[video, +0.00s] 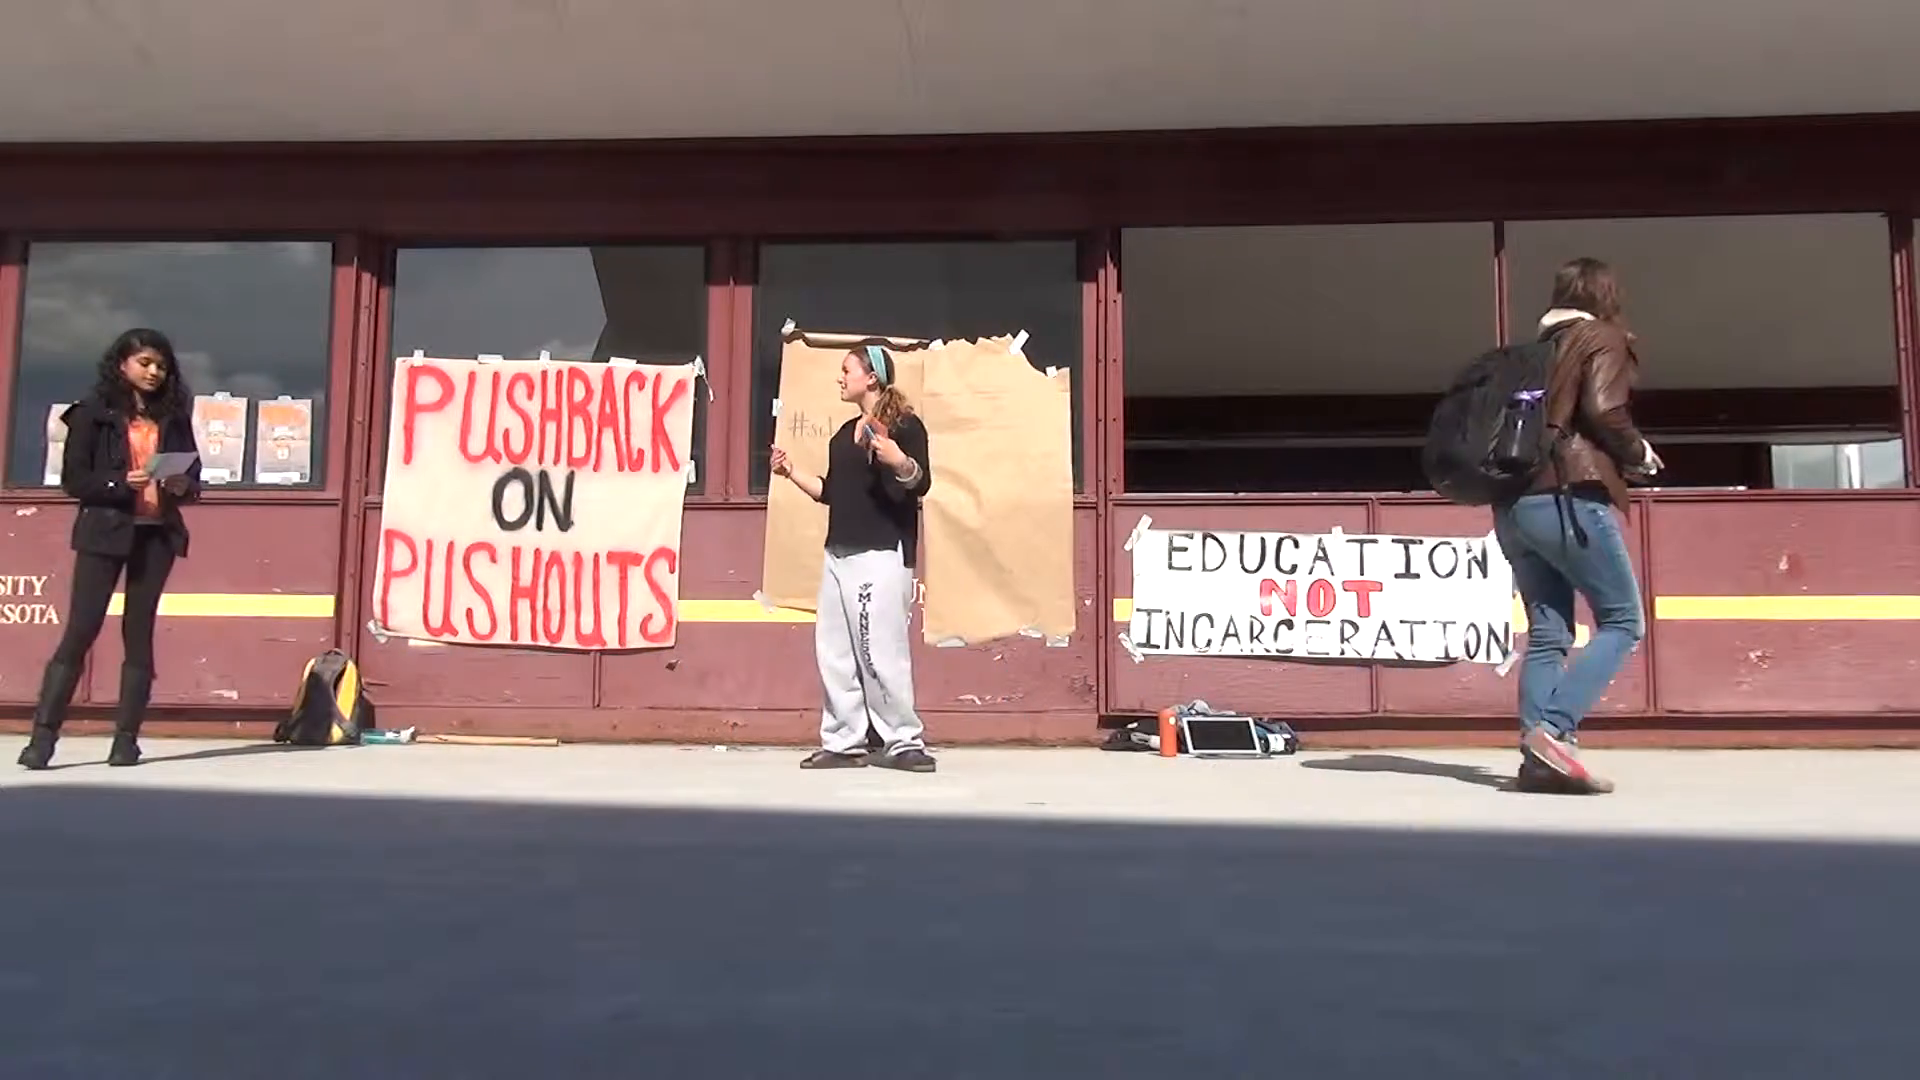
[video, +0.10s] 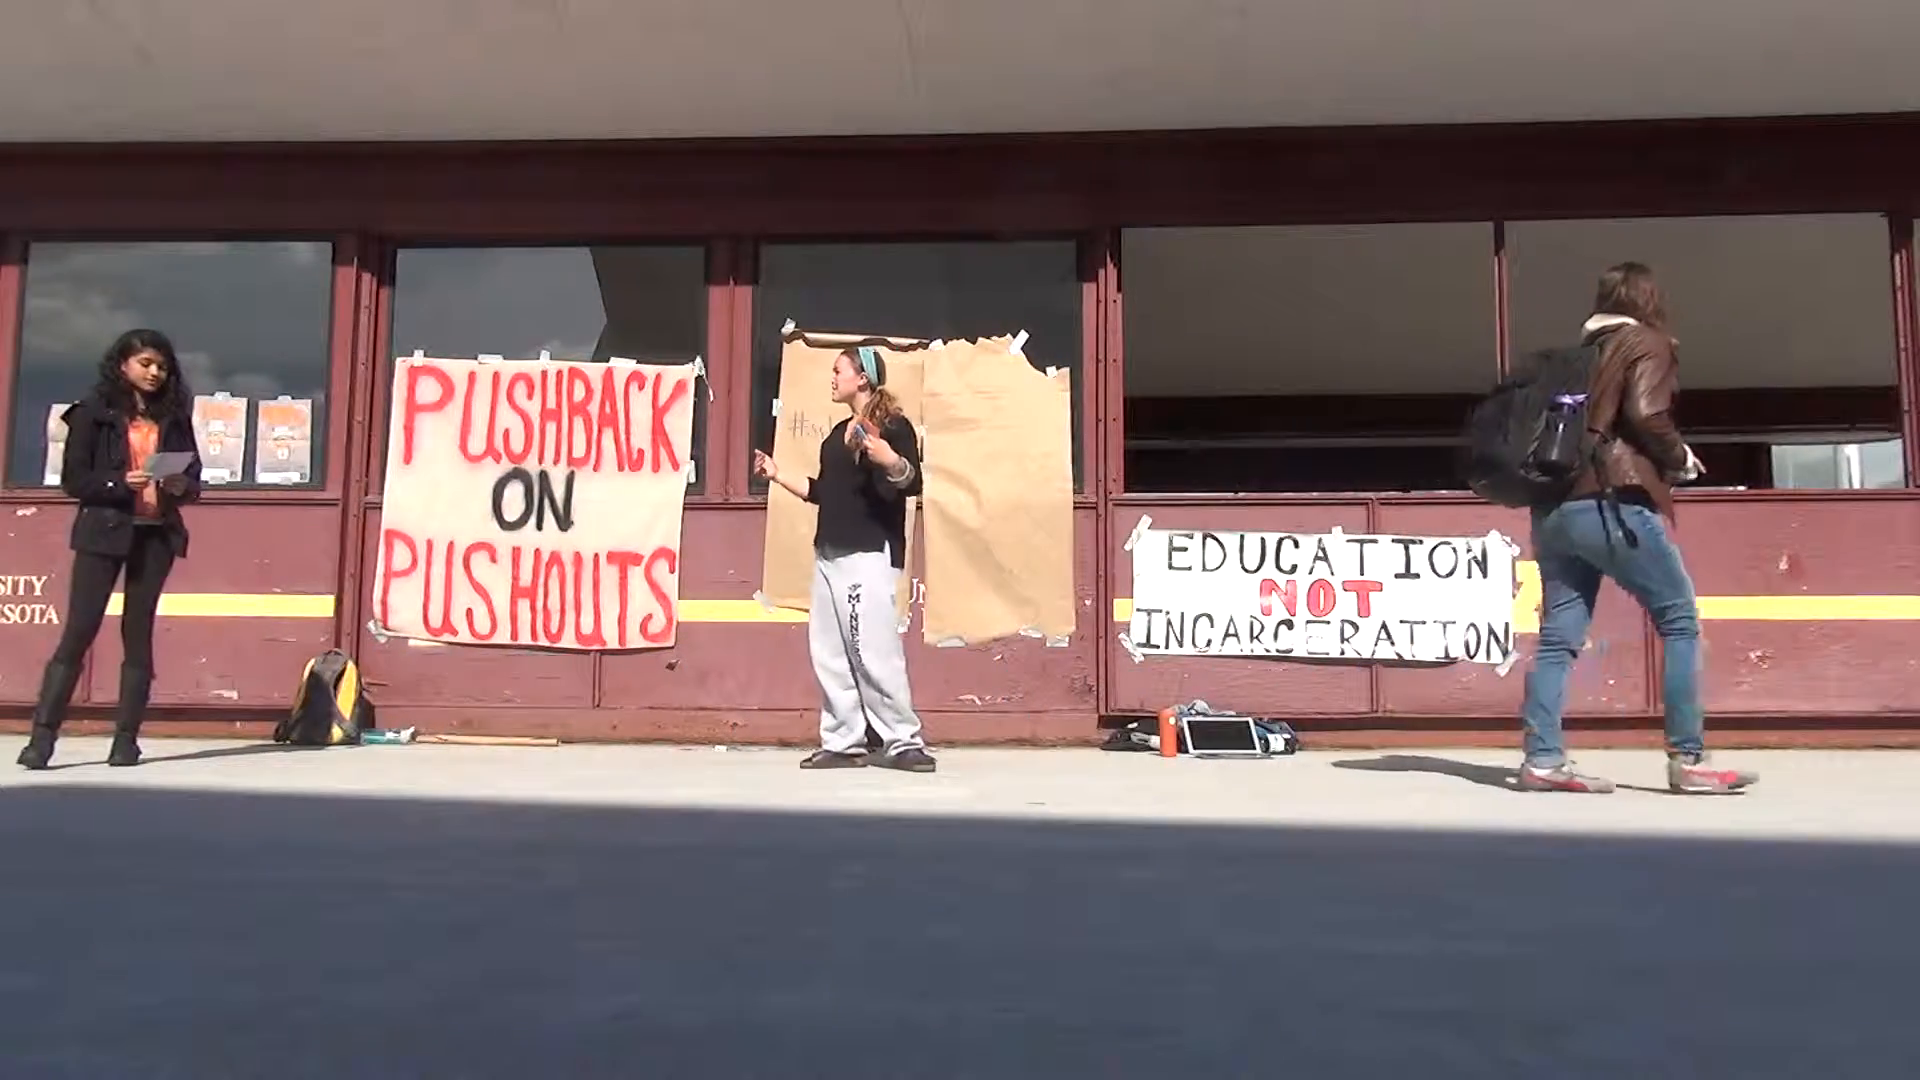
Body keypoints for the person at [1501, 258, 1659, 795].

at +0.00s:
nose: (1620, 303)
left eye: (1618, 293)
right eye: (1617, 294)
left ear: (1561, 296)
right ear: (1606, 296)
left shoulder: (1536, 347)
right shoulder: (1604, 338)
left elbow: (1520, 426)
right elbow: (1602, 411)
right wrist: (1643, 457)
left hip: (1516, 508)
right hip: (1571, 504)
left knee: (1547, 634)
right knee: (1622, 624)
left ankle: (1539, 757)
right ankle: (1554, 732)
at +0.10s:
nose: (1662, 308)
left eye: (1656, 297)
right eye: (1658, 299)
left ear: (1603, 301)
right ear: (1650, 300)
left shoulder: (1578, 350)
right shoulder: (1649, 343)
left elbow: (1562, 425)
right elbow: (1644, 416)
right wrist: (1682, 460)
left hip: (1554, 512)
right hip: (1615, 509)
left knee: (1557, 642)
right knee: (1679, 622)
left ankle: (1541, 762)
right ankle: (1686, 760)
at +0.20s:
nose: (1709, 322)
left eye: (1703, 312)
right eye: (1706, 313)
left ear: (1650, 317)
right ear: (1697, 315)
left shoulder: (1625, 364)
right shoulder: (1698, 358)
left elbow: (1603, 439)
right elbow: (1689, 429)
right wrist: (1723, 475)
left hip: (1595, 523)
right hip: (1663, 526)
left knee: (1578, 645)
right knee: (1733, 641)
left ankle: (1543, 760)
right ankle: (1799, 758)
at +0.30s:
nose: (1764, 326)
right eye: (1760, 317)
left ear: (1702, 320)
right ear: (1752, 320)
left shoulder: (1672, 369)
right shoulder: (1751, 365)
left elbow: (1644, 444)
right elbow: (1742, 438)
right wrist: (1773, 482)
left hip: (1649, 529)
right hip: (1722, 530)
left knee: (1625, 644)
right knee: (1782, 640)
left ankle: (1557, 745)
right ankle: (1816, 764)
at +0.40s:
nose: (1810, 315)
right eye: (1806, 305)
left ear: (1750, 311)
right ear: (1798, 310)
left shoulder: (1723, 366)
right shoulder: (1802, 360)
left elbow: (1692, 441)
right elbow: (1799, 431)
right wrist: (1823, 475)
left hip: (1706, 524)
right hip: (1774, 520)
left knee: (1707, 650)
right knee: (1819, 635)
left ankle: (1615, 717)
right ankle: (1822, 763)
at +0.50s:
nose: (1854, 303)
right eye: (1849, 295)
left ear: (1792, 299)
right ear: (1842, 299)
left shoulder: (1765, 353)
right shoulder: (1846, 349)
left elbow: (1737, 428)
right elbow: (1845, 422)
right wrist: (1870, 461)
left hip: (1746, 512)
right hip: (1813, 510)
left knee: (1789, 633)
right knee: (1831, 635)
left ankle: (1707, 714)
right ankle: (1822, 763)